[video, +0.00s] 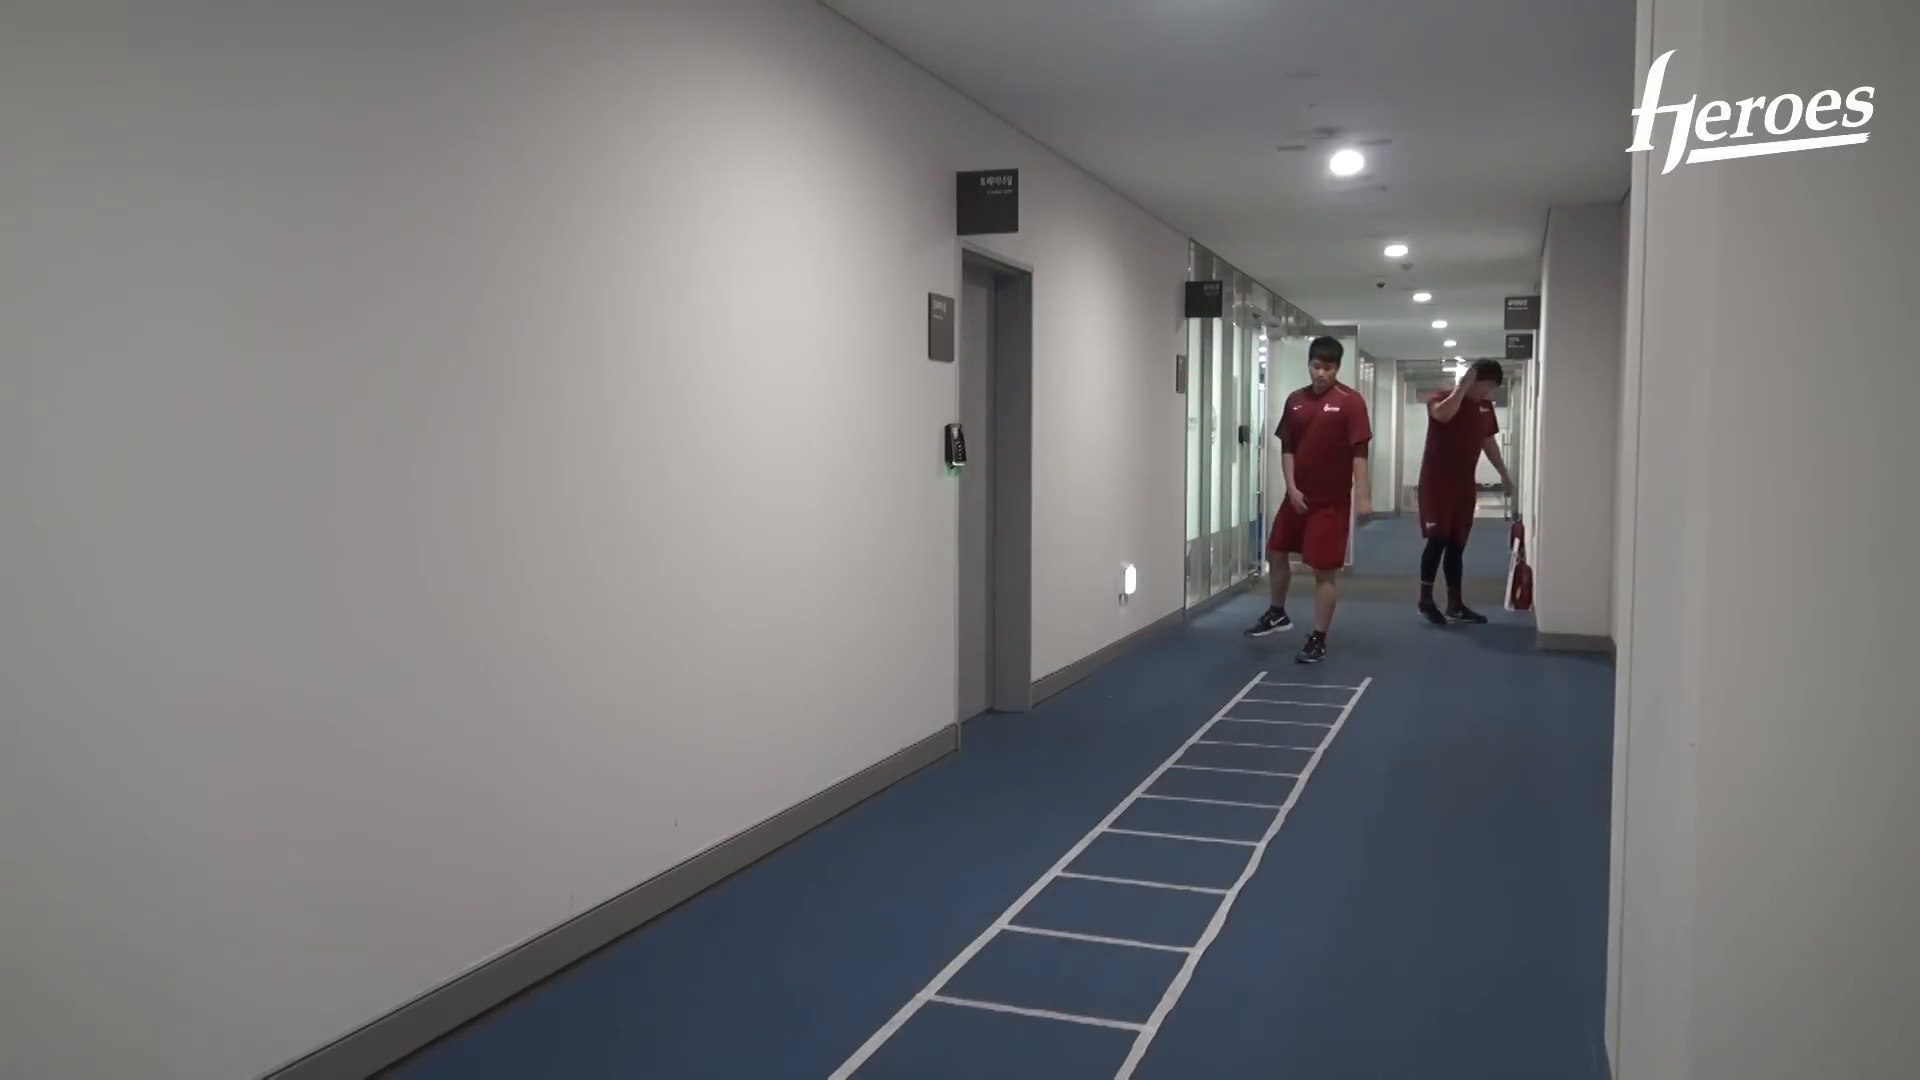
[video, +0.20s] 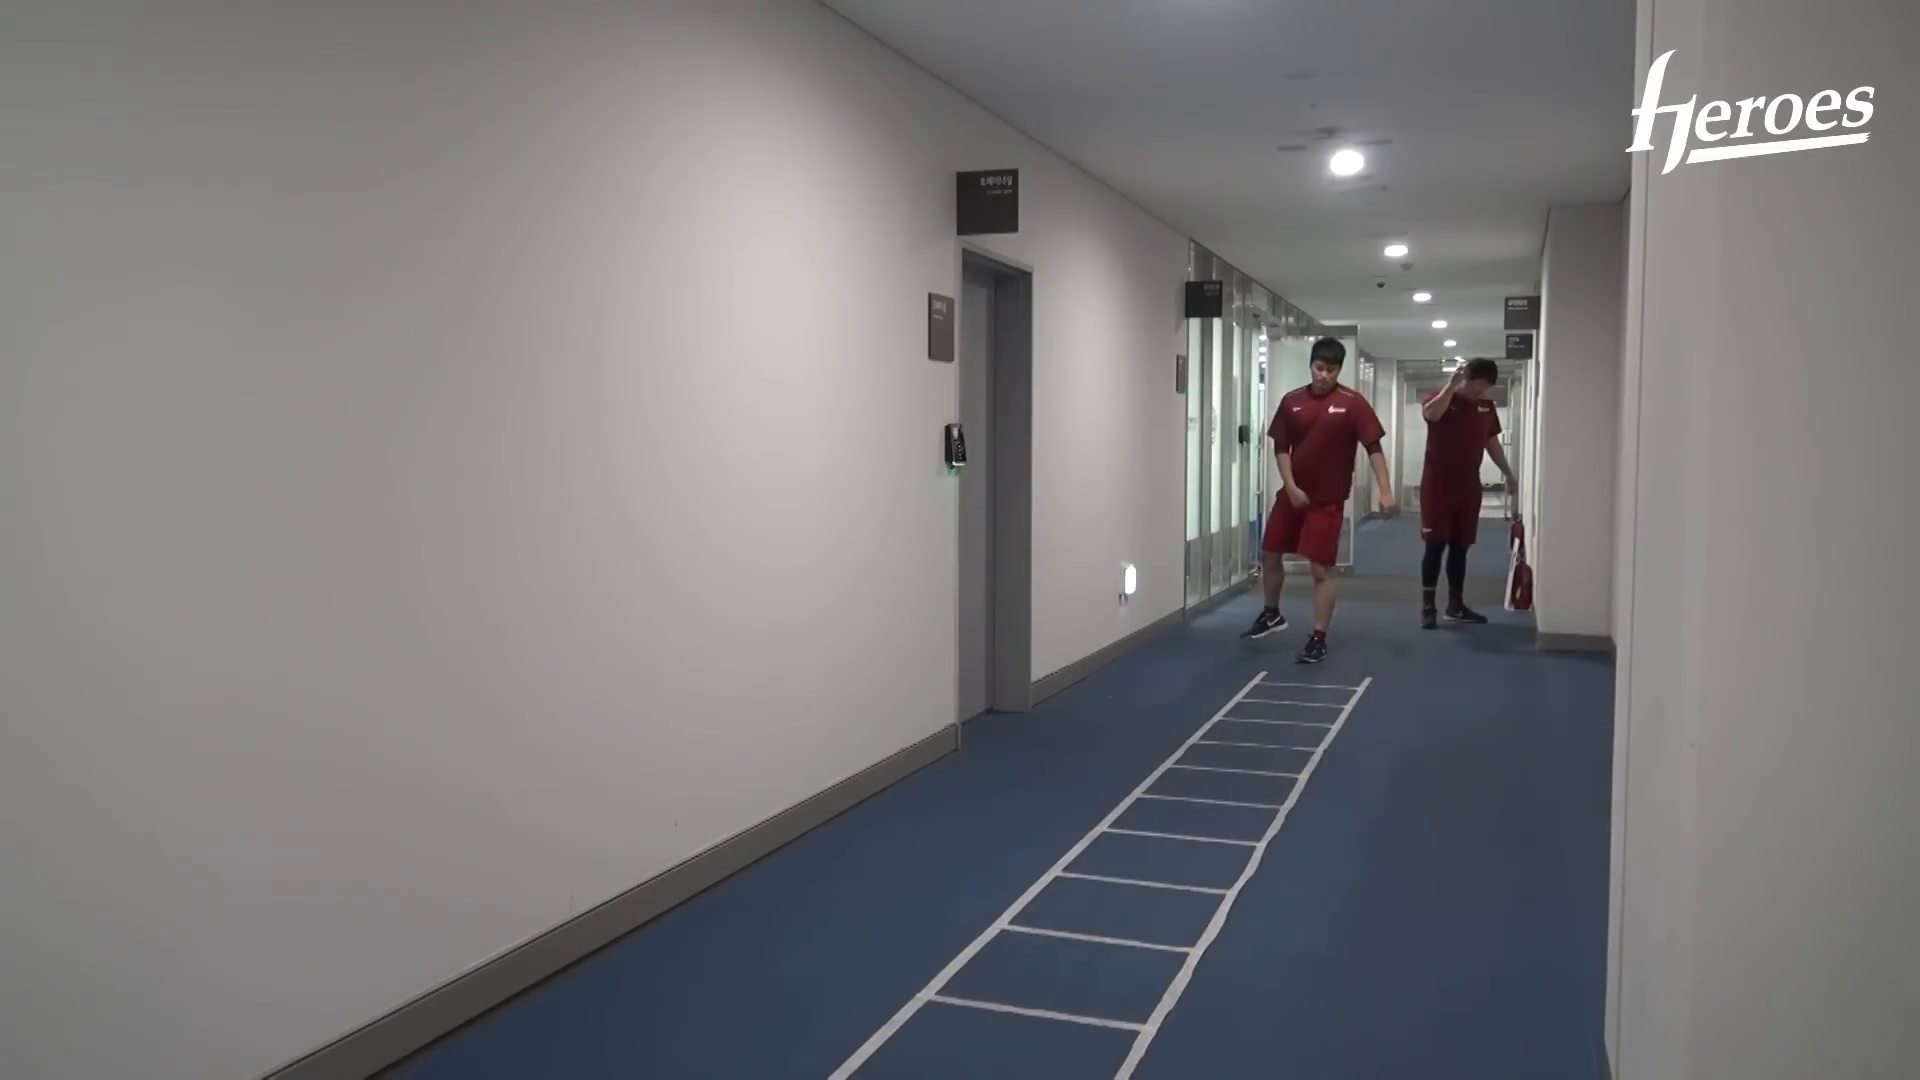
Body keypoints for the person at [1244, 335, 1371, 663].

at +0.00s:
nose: (1320, 373)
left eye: (1327, 367)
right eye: (1316, 366)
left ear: (1338, 368)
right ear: (1308, 365)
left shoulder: (1352, 402)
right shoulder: (1295, 401)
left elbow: (1359, 453)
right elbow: (1287, 448)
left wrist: (1362, 496)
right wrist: (1291, 487)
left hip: (1333, 502)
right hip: (1298, 496)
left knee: (1324, 571)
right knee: (1276, 552)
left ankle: (1318, 638)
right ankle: (1277, 611)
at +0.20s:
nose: (1322, 374)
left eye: (1329, 369)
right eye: (1317, 367)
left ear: (1339, 371)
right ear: (1310, 367)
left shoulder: (1354, 404)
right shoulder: (1291, 401)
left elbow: (1374, 449)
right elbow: (1281, 447)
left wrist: (1385, 491)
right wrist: (1290, 486)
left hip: (1328, 501)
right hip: (1292, 494)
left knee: (1320, 570)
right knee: (1270, 553)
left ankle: (1318, 637)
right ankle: (1271, 612)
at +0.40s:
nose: (1320, 376)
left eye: (1327, 371)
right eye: (1315, 369)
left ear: (1336, 372)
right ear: (1307, 368)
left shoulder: (1350, 406)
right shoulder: (1286, 404)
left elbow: (1369, 450)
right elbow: (1270, 447)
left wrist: (1379, 492)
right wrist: (1282, 486)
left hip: (1323, 501)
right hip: (1285, 496)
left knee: (1317, 569)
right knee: (1272, 559)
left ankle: (1318, 637)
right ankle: (1277, 616)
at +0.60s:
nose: (1309, 378)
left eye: (1316, 373)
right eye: (1304, 372)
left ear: (1324, 375)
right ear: (1296, 372)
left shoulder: (1339, 409)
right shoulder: (1275, 407)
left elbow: (1359, 450)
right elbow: (1260, 446)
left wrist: (1354, 487)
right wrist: (1273, 481)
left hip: (1315, 506)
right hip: (1279, 503)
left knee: (1314, 572)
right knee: (1280, 569)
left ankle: (1318, 637)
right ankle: (1284, 626)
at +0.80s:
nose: (1295, 381)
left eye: (1301, 375)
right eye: (1290, 375)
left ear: (1309, 376)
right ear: (1281, 375)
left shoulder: (1326, 407)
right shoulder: (1263, 409)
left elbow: (1354, 437)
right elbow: (1243, 438)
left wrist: (1337, 471)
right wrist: (1248, 469)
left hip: (1309, 504)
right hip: (1273, 503)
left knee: (1309, 570)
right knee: (1282, 570)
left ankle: (1317, 636)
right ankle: (1286, 629)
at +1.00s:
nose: (1286, 380)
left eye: (1291, 374)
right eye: (1280, 374)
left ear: (1300, 375)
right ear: (1272, 374)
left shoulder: (1318, 404)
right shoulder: (1256, 407)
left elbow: (1347, 434)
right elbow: (1238, 436)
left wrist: (1330, 469)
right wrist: (1245, 466)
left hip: (1305, 502)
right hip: (1270, 502)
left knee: (1309, 567)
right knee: (1280, 568)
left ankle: (1322, 632)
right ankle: (1286, 629)